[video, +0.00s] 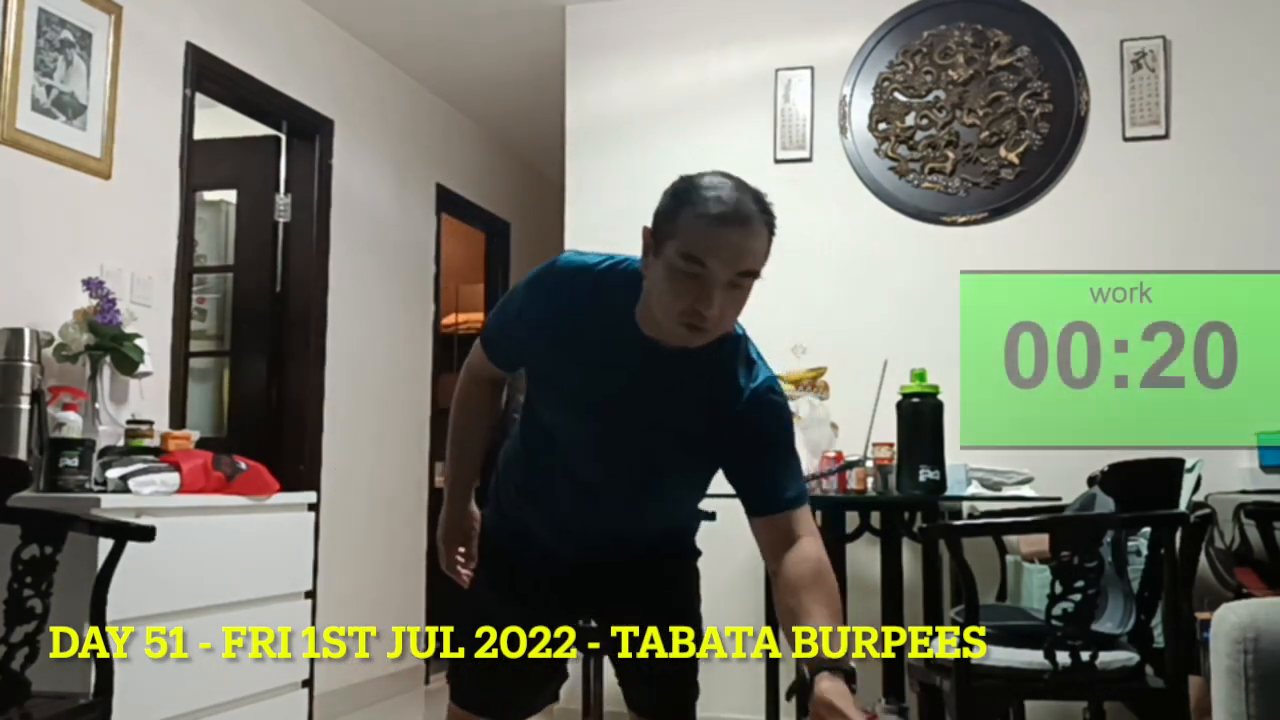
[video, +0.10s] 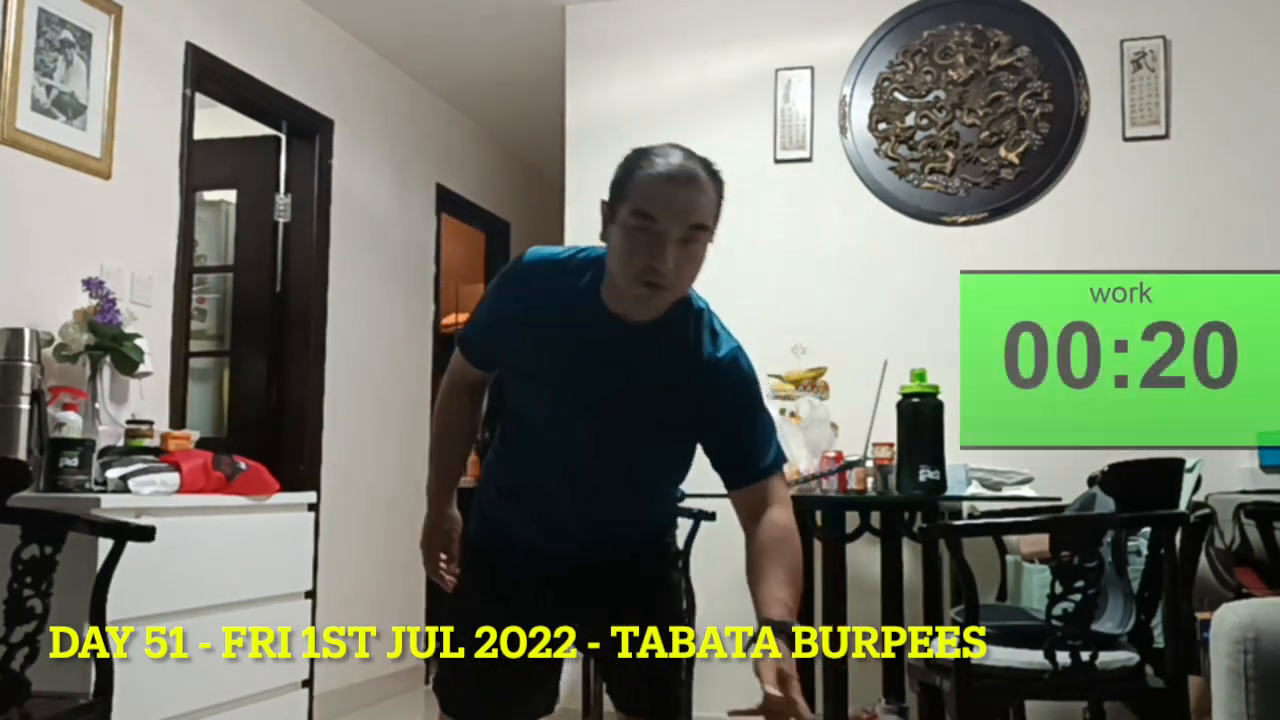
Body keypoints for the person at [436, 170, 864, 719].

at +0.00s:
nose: (711, 304)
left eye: (740, 282)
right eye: (691, 271)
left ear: (757, 278)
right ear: (648, 248)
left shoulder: (748, 395)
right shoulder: (562, 291)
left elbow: (792, 543)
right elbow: (482, 374)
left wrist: (829, 671)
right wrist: (458, 501)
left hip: (651, 560)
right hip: (530, 541)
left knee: (667, 711)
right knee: (476, 707)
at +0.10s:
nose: (664, 256)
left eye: (692, 236)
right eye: (643, 225)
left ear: (710, 244)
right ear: (607, 219)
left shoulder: (714, 362)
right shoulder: (532, 285)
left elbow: (767, 506)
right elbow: (463, 383)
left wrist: (777, 632)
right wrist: (441, 504)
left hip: (633, 562)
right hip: (510, 547)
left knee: (658, 709)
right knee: (485, 711)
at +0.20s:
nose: (605, 215)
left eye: (629, 195)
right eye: (587, 189)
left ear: (651, 206)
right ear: (554, 189)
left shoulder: (671, 328)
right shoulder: (492, 279)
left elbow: (719, 474)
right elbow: (436, 394)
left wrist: (722, 593)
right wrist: (420, 511)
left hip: (610, 542)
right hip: (493, 533)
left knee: (630, 703)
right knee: (471, 705)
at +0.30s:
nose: (547, 189)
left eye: (568, 169)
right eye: (528, 166)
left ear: (594, 179)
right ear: (502, 170)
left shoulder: (625, 294)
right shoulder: (446, 273)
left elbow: (667, 428)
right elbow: (403, 398)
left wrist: (677, 548)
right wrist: (394, 511)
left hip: (581, 551)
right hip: (467, 549)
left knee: (609, 709)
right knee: (455, 712)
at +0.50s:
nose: (491, 157)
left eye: (511, 141)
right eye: (473, 141)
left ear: (540, 156)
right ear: (451, 155)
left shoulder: (580, 262)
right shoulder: (407, 257)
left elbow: (617, 388)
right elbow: (366, 378)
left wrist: (622, 500)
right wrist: (354, 487)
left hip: (553, 511)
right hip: (446, 512)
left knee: (568, 685)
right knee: (461, 684)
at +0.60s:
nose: (476, 174)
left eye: (495, 155)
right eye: (457, 157)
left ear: (527, 164)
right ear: (437, 166)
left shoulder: (570, 266)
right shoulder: (399, 266)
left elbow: (603, 393)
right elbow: (359, 386)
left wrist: (601, 507)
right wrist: (349, 494)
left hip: (544, 518)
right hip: (442, 517)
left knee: (548, 689)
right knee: (458, 684)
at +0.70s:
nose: (458, 227)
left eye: (477, 205)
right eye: (439, 207)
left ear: (515, 194)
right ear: (419, 202)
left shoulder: (562, 288)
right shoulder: (392, 289)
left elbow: (592, 418)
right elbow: (362, 409)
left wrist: (586, 531)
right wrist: (353, 519)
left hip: (538, 527)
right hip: (437, 527)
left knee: (543, 689)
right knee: (453, 688)